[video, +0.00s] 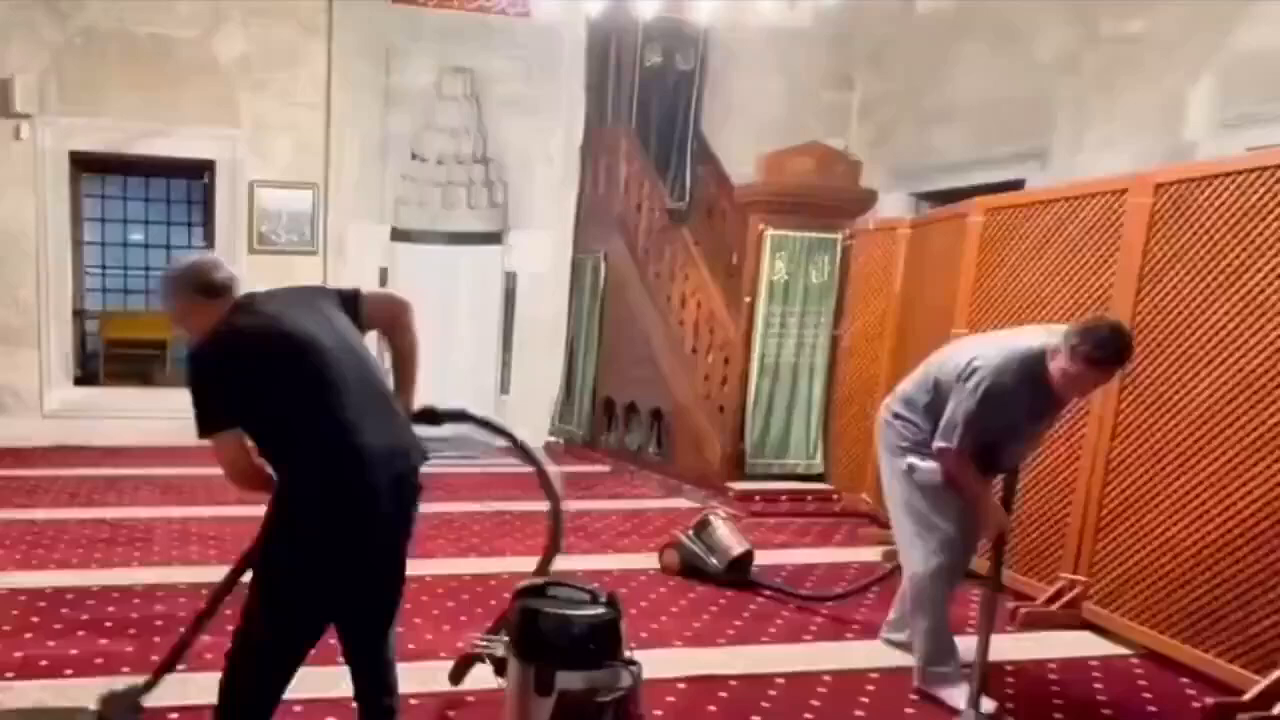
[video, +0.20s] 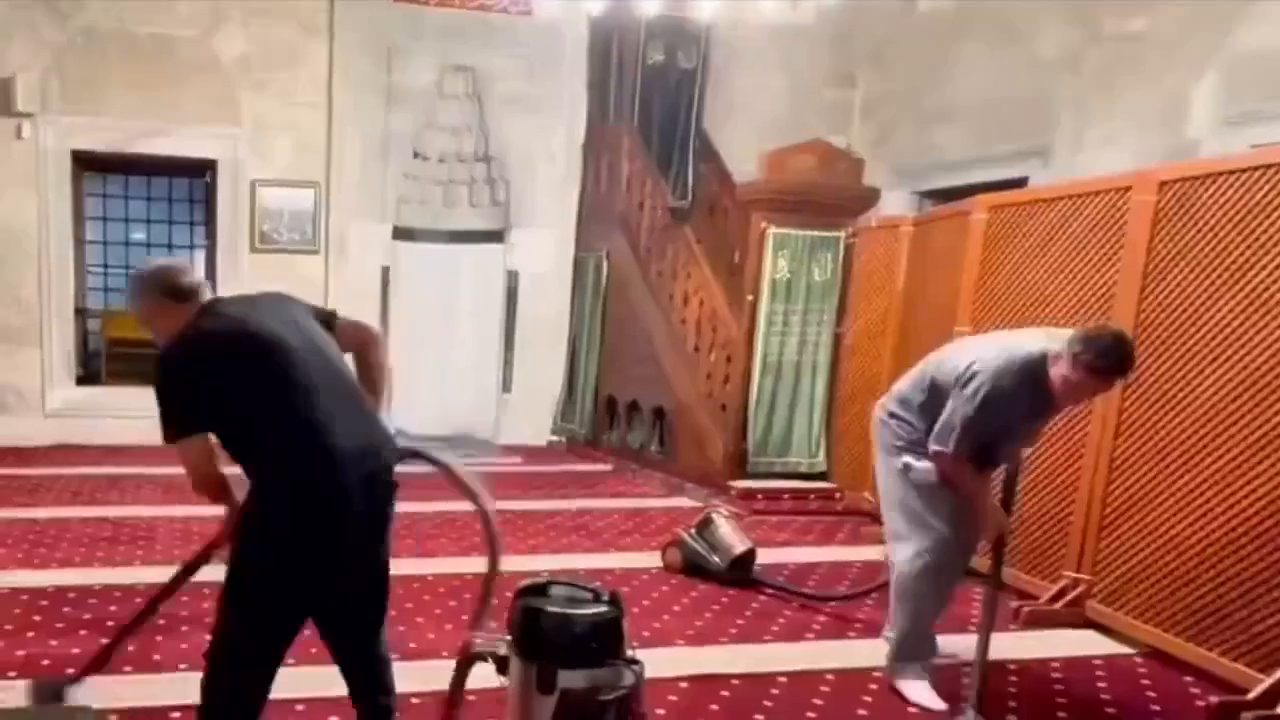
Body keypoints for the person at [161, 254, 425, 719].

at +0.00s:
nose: (181, 330)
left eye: (178, 319)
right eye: (177, 319)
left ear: (189, 308)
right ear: (231, 288)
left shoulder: (211, 353)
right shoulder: (304, 300)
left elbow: (240, 470)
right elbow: (395, 309)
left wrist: (286, 486)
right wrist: (404, 405)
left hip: (323, 490)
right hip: (396, 470)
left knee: (261, 655)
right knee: (369, 637)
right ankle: (380, 714)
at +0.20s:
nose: (151, 335)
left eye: (147, 324)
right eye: (146, 324)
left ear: (156, 312)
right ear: (202, 290)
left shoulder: (180, 358)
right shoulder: (274, 305)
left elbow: (204, 478)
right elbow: (369, 339)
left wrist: (234, 500)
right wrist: (367, 426)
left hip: (293, 494)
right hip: (370, 476)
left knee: (240, 658)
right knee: (358, 639)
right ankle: (380, 711)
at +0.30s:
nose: (118, 338)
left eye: (115, 326)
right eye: (113, 328)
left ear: (131, 315)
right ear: (169, 296)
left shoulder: (151, 361)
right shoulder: (244, 311)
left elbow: (167, 473)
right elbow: (334, 369)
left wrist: (182, 523)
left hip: (270, 490)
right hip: (349, 469)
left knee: (224, 651)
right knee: (345, 627)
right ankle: (373, 710)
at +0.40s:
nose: (93, 350)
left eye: (90, 335)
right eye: (88, 338)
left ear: (106, 322)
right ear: (143, 306)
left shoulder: (123, 369)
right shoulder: (217, 319)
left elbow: (128, 477)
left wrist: (122, 542)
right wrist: (220, 479)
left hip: (254, 488)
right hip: (332, 468)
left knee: (213, 648)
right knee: (342, 635)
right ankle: (367, 711)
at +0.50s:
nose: (76, 364)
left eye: (72, 348)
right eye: (70, 351)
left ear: (85, 332)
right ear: (125, 312)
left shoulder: (101, 379)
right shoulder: (195, 327)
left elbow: (90, 490)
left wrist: (70, 554)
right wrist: (177, 520)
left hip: (247, 490)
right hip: (323, 465)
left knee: (208, 657)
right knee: (344, 639)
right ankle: (368, 709)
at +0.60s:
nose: (66, 367)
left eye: (61, 355)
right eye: (60, 358)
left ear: (77, 342)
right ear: (114, 319)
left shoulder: (90, 387)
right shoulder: (185, 335)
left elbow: (69, 491)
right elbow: (204, 450)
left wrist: (36, 560)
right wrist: (158, 527)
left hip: (236, 494)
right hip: (314, 470)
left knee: (204, 650)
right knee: (343, 632)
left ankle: (206, 717)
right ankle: (369, 710)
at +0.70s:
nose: (60, 375)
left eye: (56, 365)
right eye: (54, 366)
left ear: (67, 351)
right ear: (108, 327)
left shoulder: (84, 395)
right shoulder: (181, 341)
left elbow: (55, 499)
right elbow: (174, 469)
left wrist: (19, 561)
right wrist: (123, 535)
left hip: (228, 497)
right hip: (310, 469)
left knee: (201, 653)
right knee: (344, 636)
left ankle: (206, 715)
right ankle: (370, 709)